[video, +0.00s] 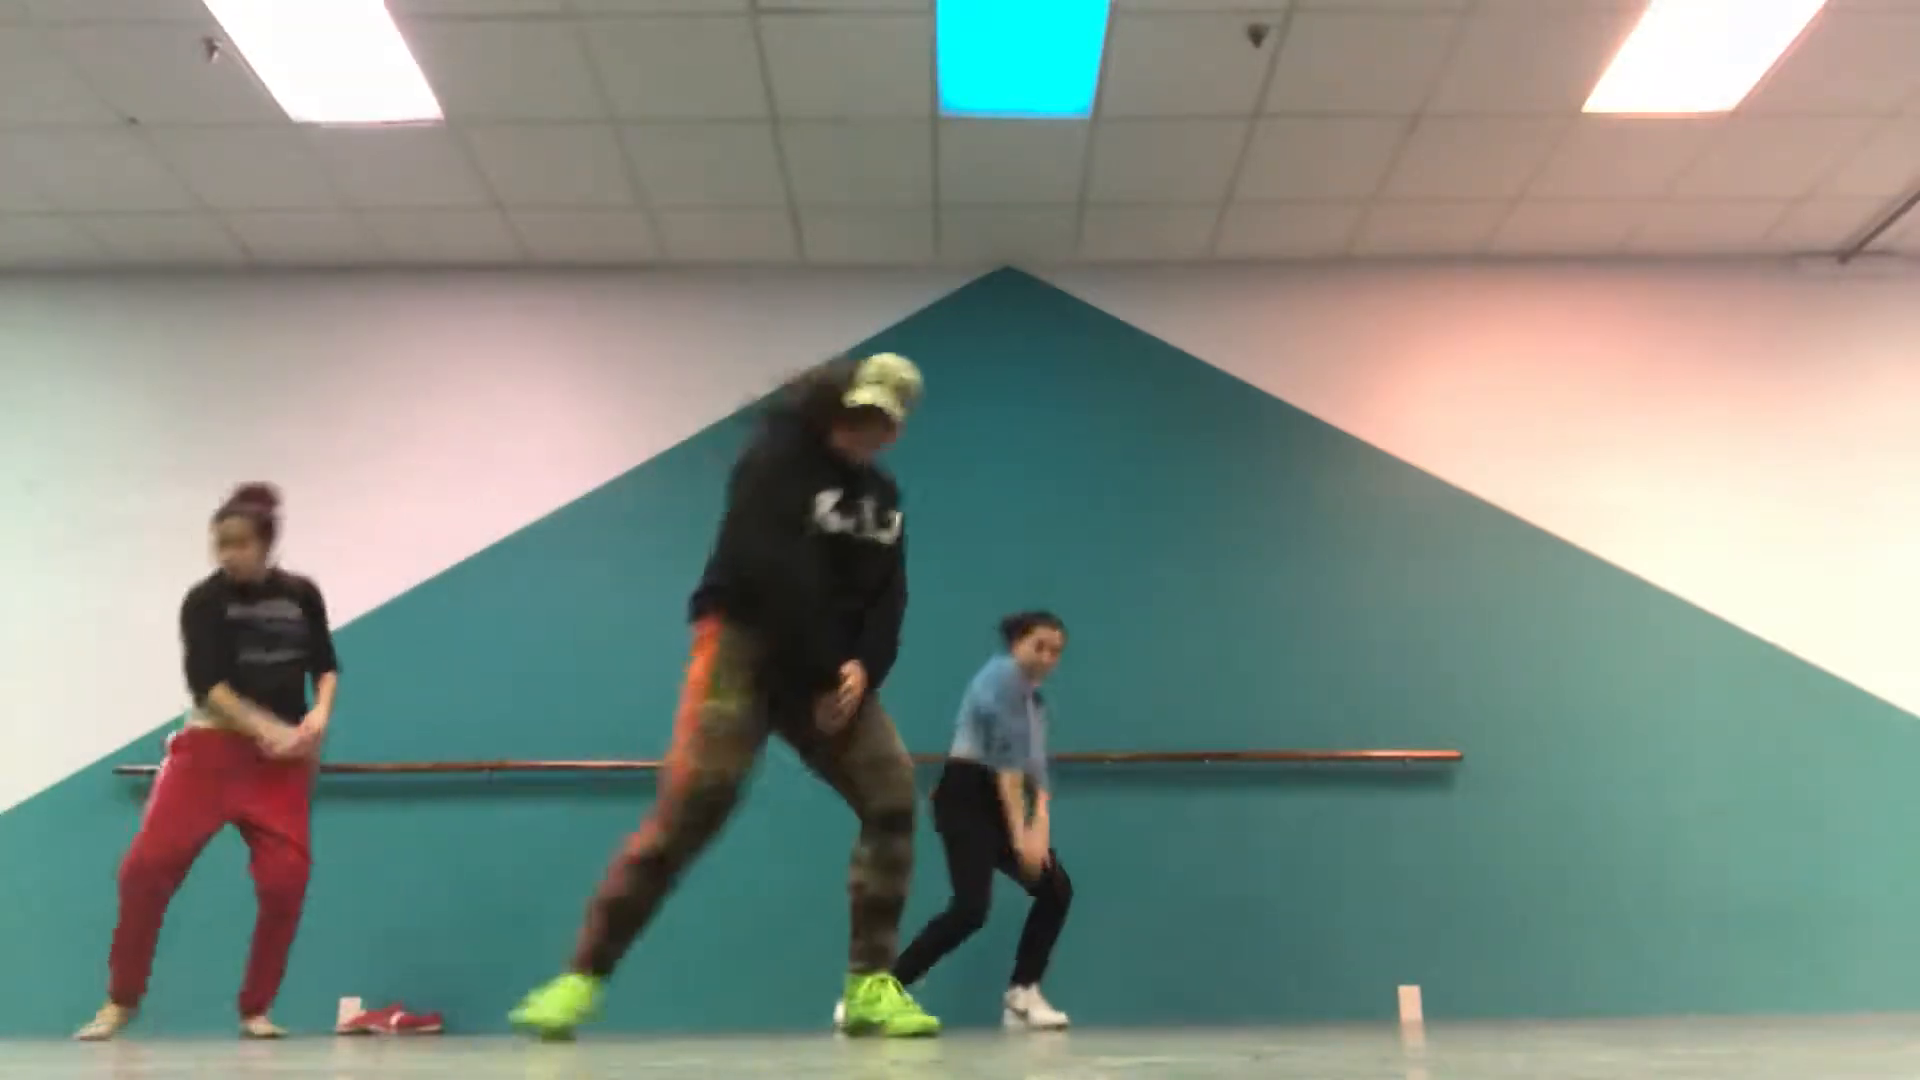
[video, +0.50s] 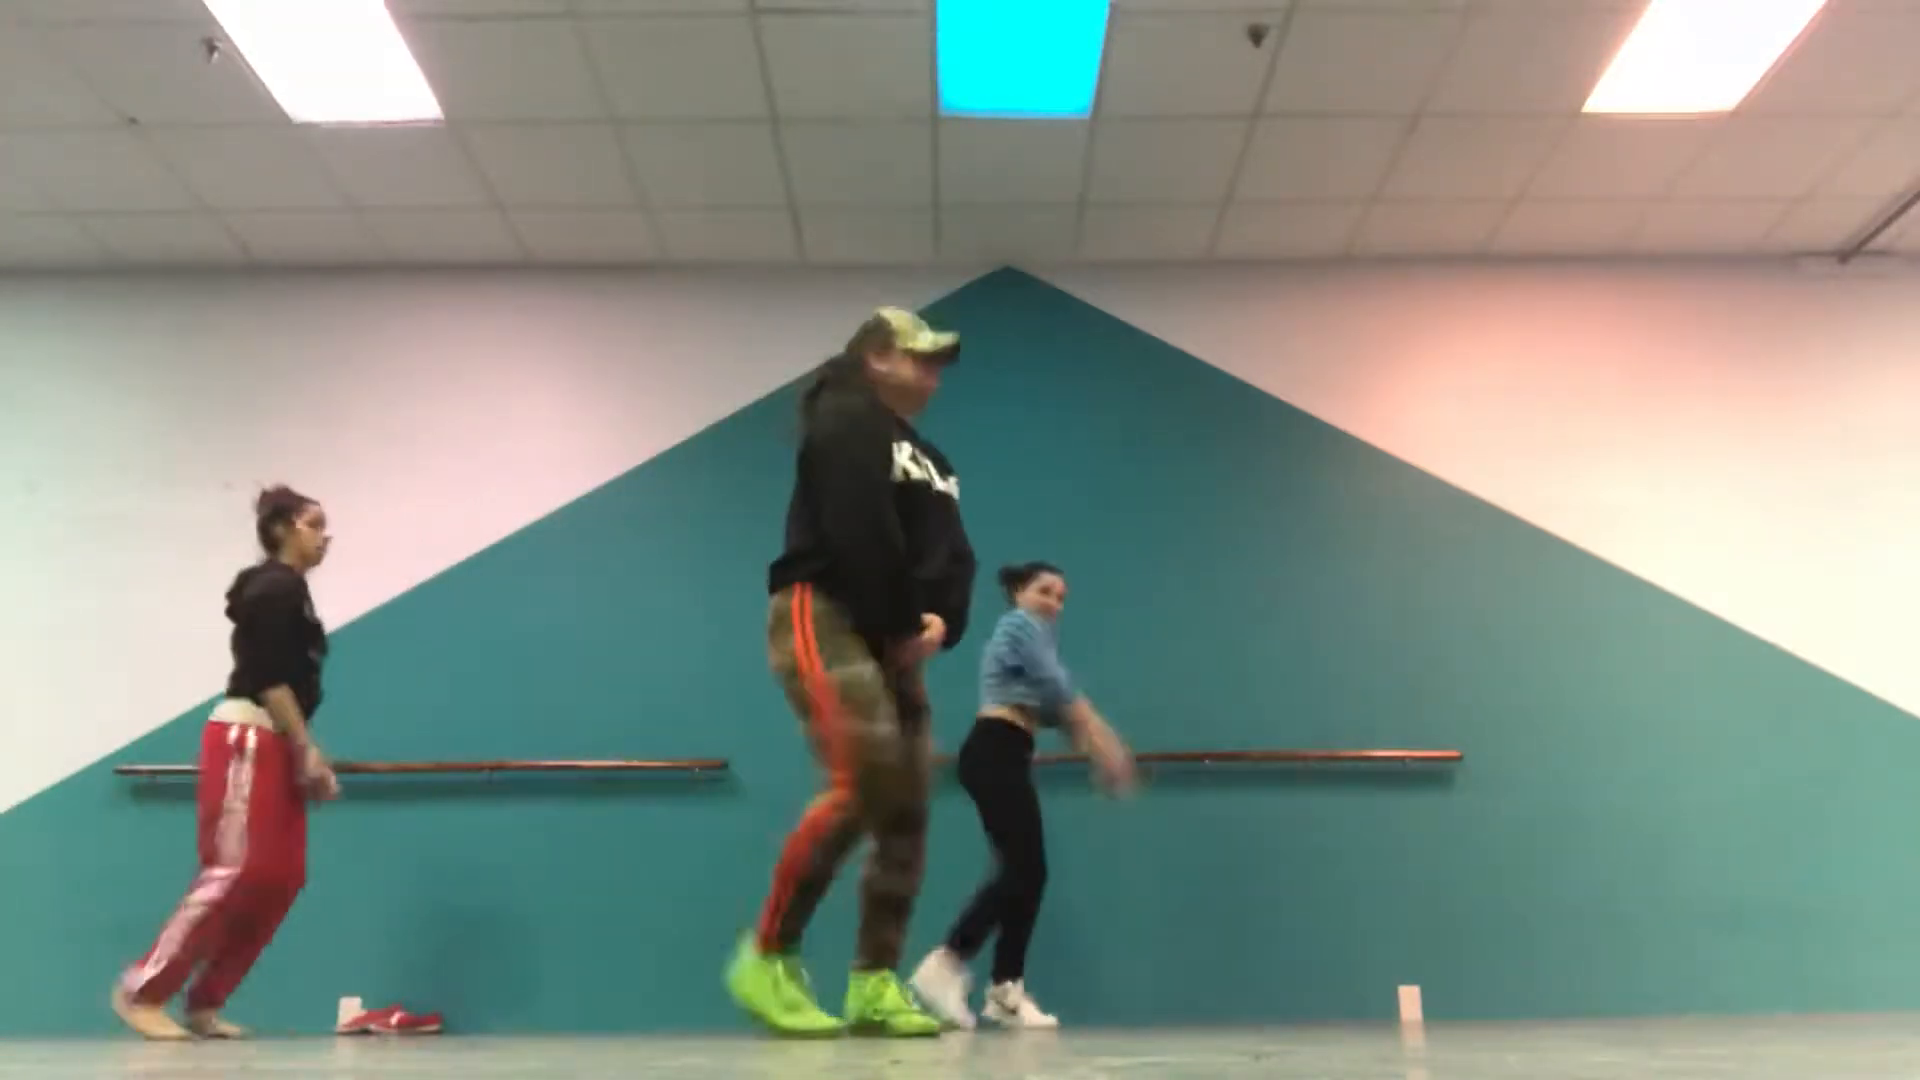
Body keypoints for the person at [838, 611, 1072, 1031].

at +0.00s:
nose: (1046, 658)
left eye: (1054, 652)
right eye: (1040, 647)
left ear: (1058, 657)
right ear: (1017, 644)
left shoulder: (1034, 700)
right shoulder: (1001, 680)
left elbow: (1040, 777)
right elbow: (1005, 770)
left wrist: (1039, 832)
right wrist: (1020, 836)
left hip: (1001, 796)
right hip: (964, 792)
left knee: (1056, 889)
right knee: (971, 908)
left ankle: (1023, 991)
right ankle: (881, 993)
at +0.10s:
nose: (1053, 606)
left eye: (1055, 598)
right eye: (1046, 595)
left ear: (1047, 604)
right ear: (1020, 596)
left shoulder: (1033, 647)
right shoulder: (1003, 636)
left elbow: (1043, 723)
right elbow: (1014, 720)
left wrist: (1053, 777)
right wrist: (1031, 785)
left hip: (1009, 752)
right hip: (976, 749)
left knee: (1033, 869)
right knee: (971, 867)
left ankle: (1023, 987)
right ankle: (906, 959)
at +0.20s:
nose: (1043, 563)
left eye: (1046, 558)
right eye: (1031, 558)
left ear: (1051, 575)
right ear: (1008, 573)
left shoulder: (1043, 628)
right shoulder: (1005, 617)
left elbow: (1059, 691)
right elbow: (1031, 690)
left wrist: (1080, 735)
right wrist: (1061, 741)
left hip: (1004, 727)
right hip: (974, 721)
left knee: (1015, 844)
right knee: (970, 840)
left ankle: (1030, 968)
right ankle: (930, 960)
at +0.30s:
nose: (1036, 567)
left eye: (1039, 562)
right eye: (1023, 562)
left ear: (1043, 580)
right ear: (1001, 580)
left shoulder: (1030, 624)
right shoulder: (1005, 612)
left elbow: (1068, 676)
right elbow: (1052, 661)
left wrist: (1109, 713)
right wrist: (1107, 706)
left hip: (1005, 738)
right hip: (979, 731)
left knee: (1019, 855)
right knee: (972, 847)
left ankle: (1014, 977)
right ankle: (934, 967)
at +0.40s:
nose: (1037, 597)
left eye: (1043, 592)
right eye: (1026, 588)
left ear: (1044, 605)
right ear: (1001, 597)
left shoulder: (1030, 644)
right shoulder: (1005, 629)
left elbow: (1075, 686)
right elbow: (1065, 664)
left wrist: (1128, 714)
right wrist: (1127, 704)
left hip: (1010, 764)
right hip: (991, 758)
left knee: (1025, 881)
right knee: (976, 875)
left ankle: (1003, 991)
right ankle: (923, 983)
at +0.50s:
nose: (1053, 603)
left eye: (1059, 597)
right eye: (1044, 592)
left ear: (1059, 604)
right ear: (1018, 593)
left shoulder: (1034, 634)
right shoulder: (1019, 626)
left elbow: (1062, 701)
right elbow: (1060, 690)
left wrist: (1096, 739)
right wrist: (1105, 744)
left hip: (1010, 749)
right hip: (993, 747)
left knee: (1027, 871)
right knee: (1020, 869)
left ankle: (1005, 987)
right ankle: (945, 964)